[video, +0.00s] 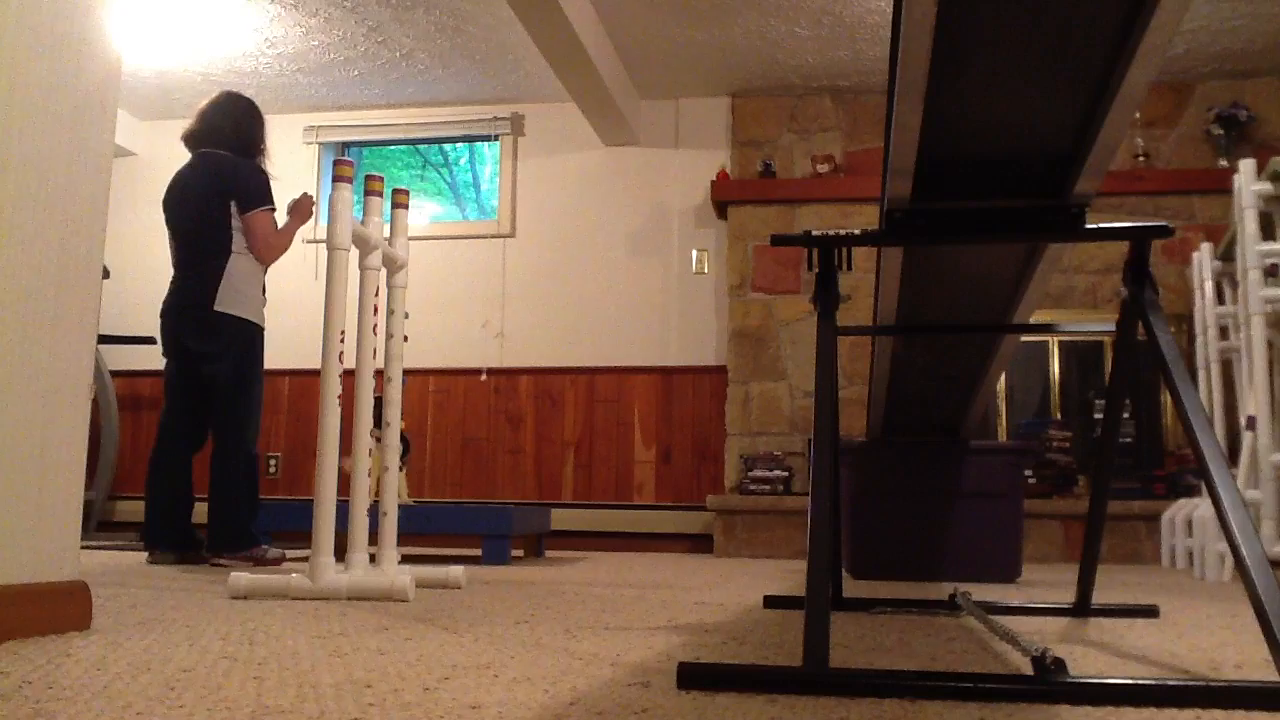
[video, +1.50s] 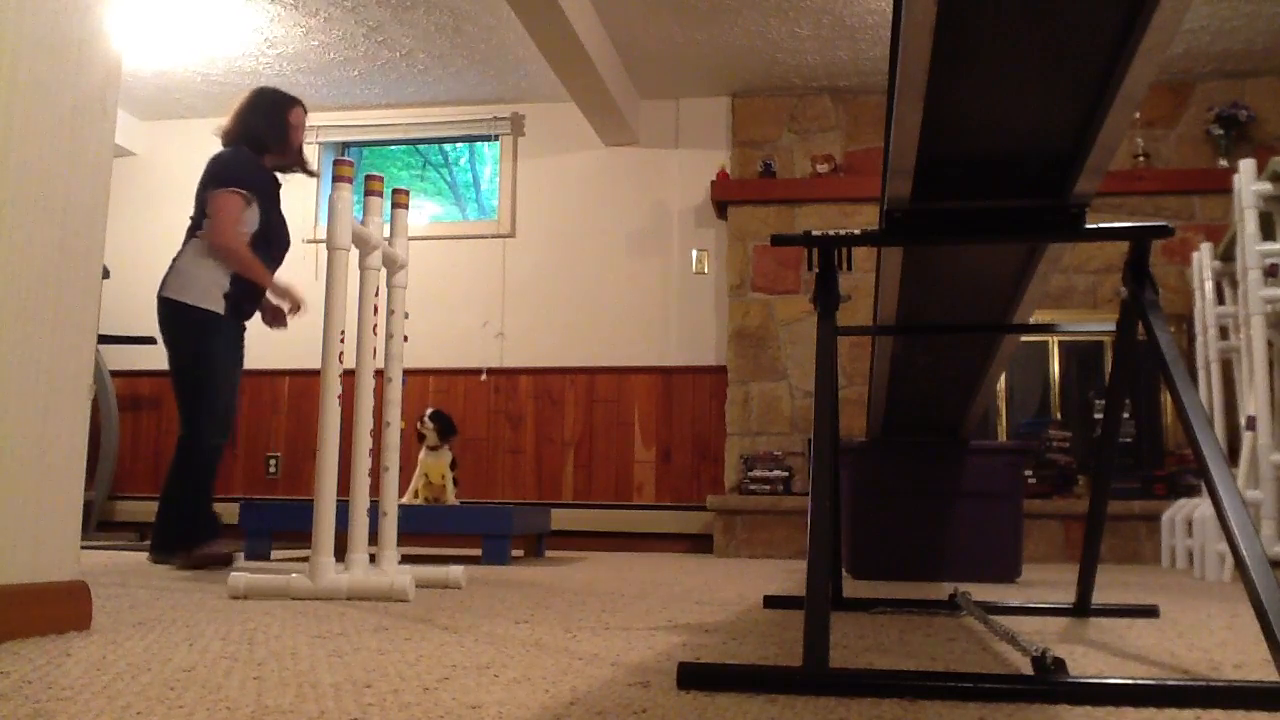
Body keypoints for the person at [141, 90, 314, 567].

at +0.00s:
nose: (260, 140)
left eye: (260, 133)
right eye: (259, 132)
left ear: (204, 125)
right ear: (250, 131)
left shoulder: (179, 180)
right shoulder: (244, 173)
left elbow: (196, 252)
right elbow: (267, 251)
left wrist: (257, 233)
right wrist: (294, 220)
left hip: (181, 316)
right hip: (230, 321)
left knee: (179, 428)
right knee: (237, 435)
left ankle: (167, 539)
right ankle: (233, 540)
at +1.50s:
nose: (305, 137)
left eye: (304, 127)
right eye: (298, 127)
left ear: (267, 131)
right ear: (271, 129)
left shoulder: (261, 178)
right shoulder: (237, 165)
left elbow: (234, 249)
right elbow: (223, 239)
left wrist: (261, 301)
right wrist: (276, 285)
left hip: (220, 310)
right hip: (198, 306)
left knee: (211, 426)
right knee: (207, 425)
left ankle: (177, 537)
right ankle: (188, 538)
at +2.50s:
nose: (399, 123)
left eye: (402, 113)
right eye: (391, 111)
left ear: (371, 112)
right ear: (353, 103)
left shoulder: (370, 177)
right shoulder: (262, 136)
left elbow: (404, 267)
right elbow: (205, 214)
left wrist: (453, 337)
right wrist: (201, 296)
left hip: (300, 302)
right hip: (231, 296)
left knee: (308, 417)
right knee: (210, 420)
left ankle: (292, 543)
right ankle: (205, 539)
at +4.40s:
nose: (409, 155)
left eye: (418, 146)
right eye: (400, 142)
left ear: (425, 149)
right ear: (370, 136)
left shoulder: (406, 202)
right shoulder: (308, 167)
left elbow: (427, 270)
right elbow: (263, 252)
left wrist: (453, 311)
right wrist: (271, 332)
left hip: (351, 315)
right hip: (284, 303)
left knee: (366, 424)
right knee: (228, 417)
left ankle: (360, 542)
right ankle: (161, 533)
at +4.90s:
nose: (308, 132)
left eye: (320, 127)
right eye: (299, 118)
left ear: (327, 137)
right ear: (272, 114)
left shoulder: (315, 190)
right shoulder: (215, 161)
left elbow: (308, 282)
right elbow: (172, 239)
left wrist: (306, 361)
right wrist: (173, 314)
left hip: (270, 319)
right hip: (206, 310)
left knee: (302, 420)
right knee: (166, 412)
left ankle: (311, 541)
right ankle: (139, 542)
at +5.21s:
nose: (370, 165)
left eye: (380, 156)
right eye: (360, 150)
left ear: (386, 159)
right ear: (329, 143)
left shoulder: (355, 206)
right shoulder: (271, 176)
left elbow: (364, 285)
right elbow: (210, 248)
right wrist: (191, 324)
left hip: (293, 323)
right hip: (230, 318)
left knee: (331, 422)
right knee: (181, 422)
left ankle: (344, 541)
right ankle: (139, 541)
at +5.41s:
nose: (420, 184)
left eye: (431, 177)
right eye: (412, 170)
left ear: (438, 181)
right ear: (384, 159)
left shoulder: (415, 228)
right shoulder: (316, 186)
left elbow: (437, 316)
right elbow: (257, 265)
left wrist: (469, 386)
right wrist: (248, 342)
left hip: (335, 322)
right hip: (271, 312)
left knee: (365, 425)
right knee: (216, 416)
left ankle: (346, 545)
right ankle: (147, 534)